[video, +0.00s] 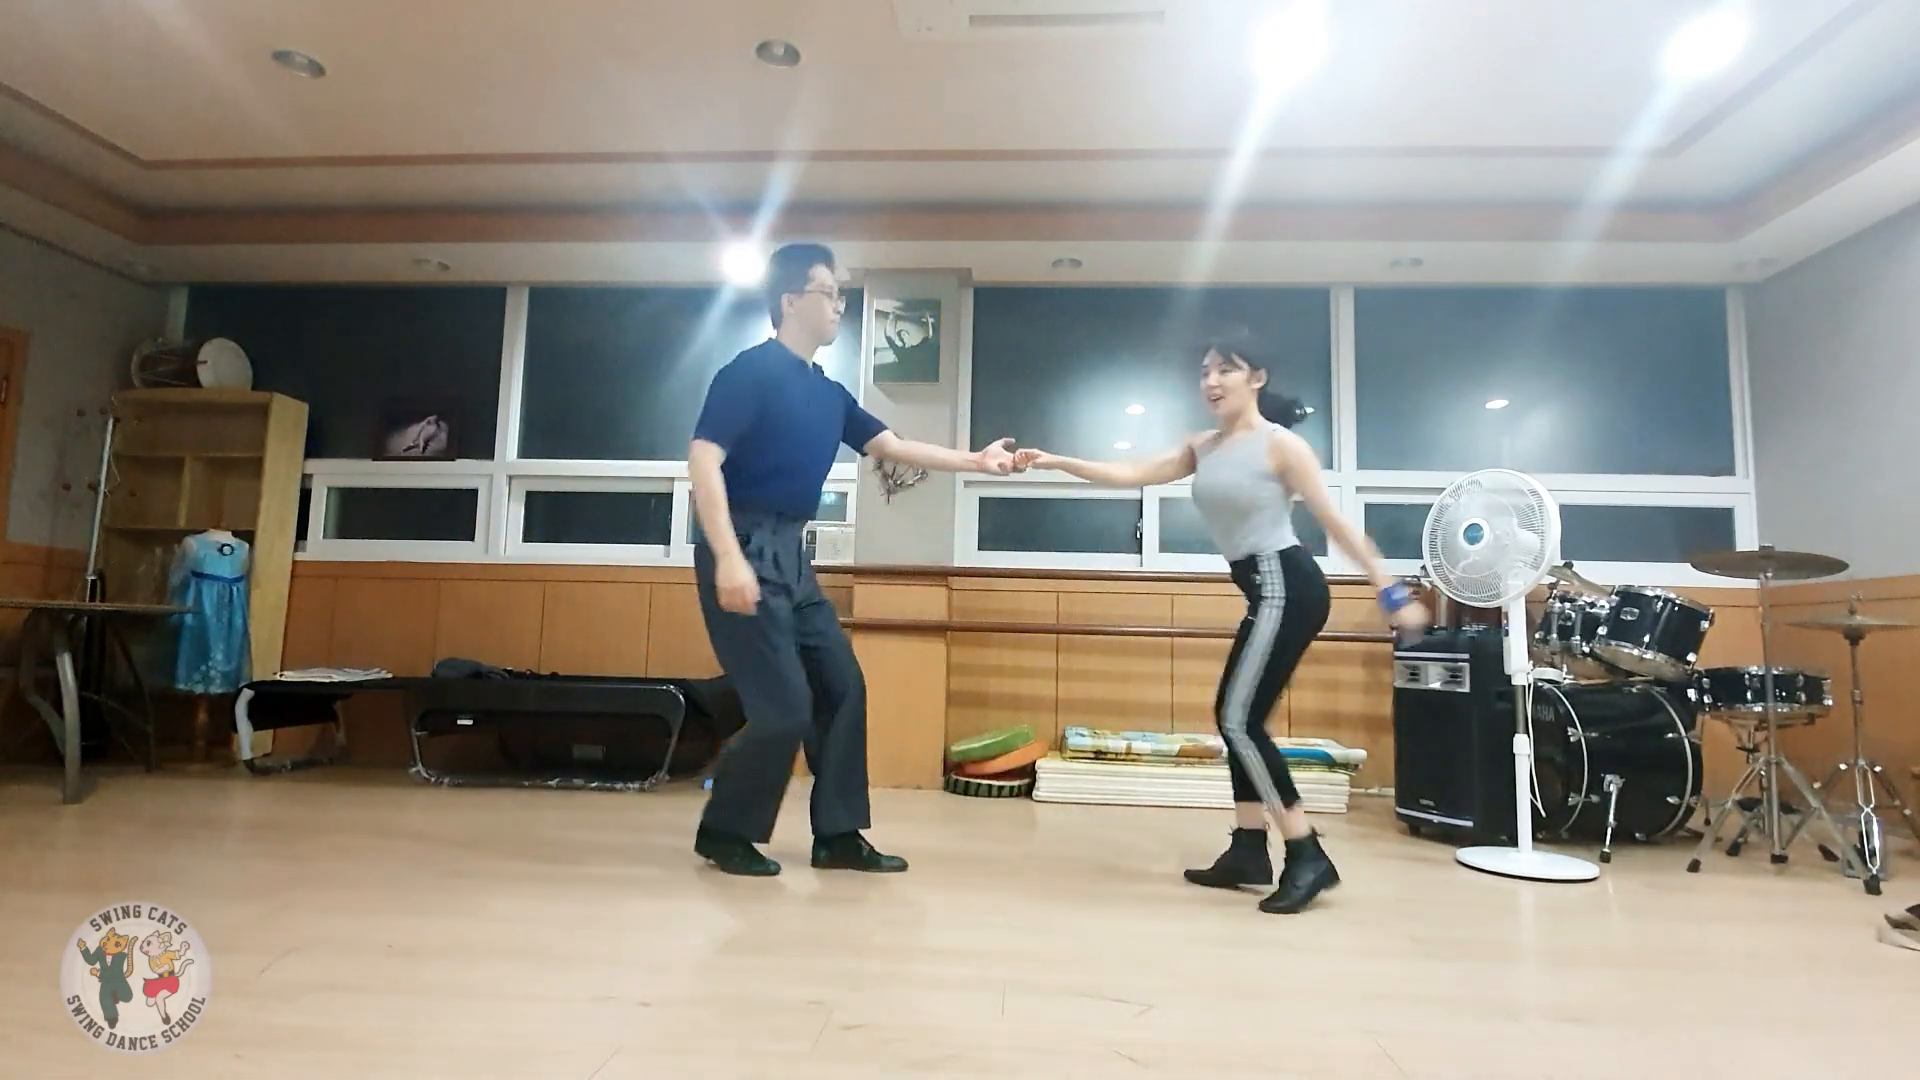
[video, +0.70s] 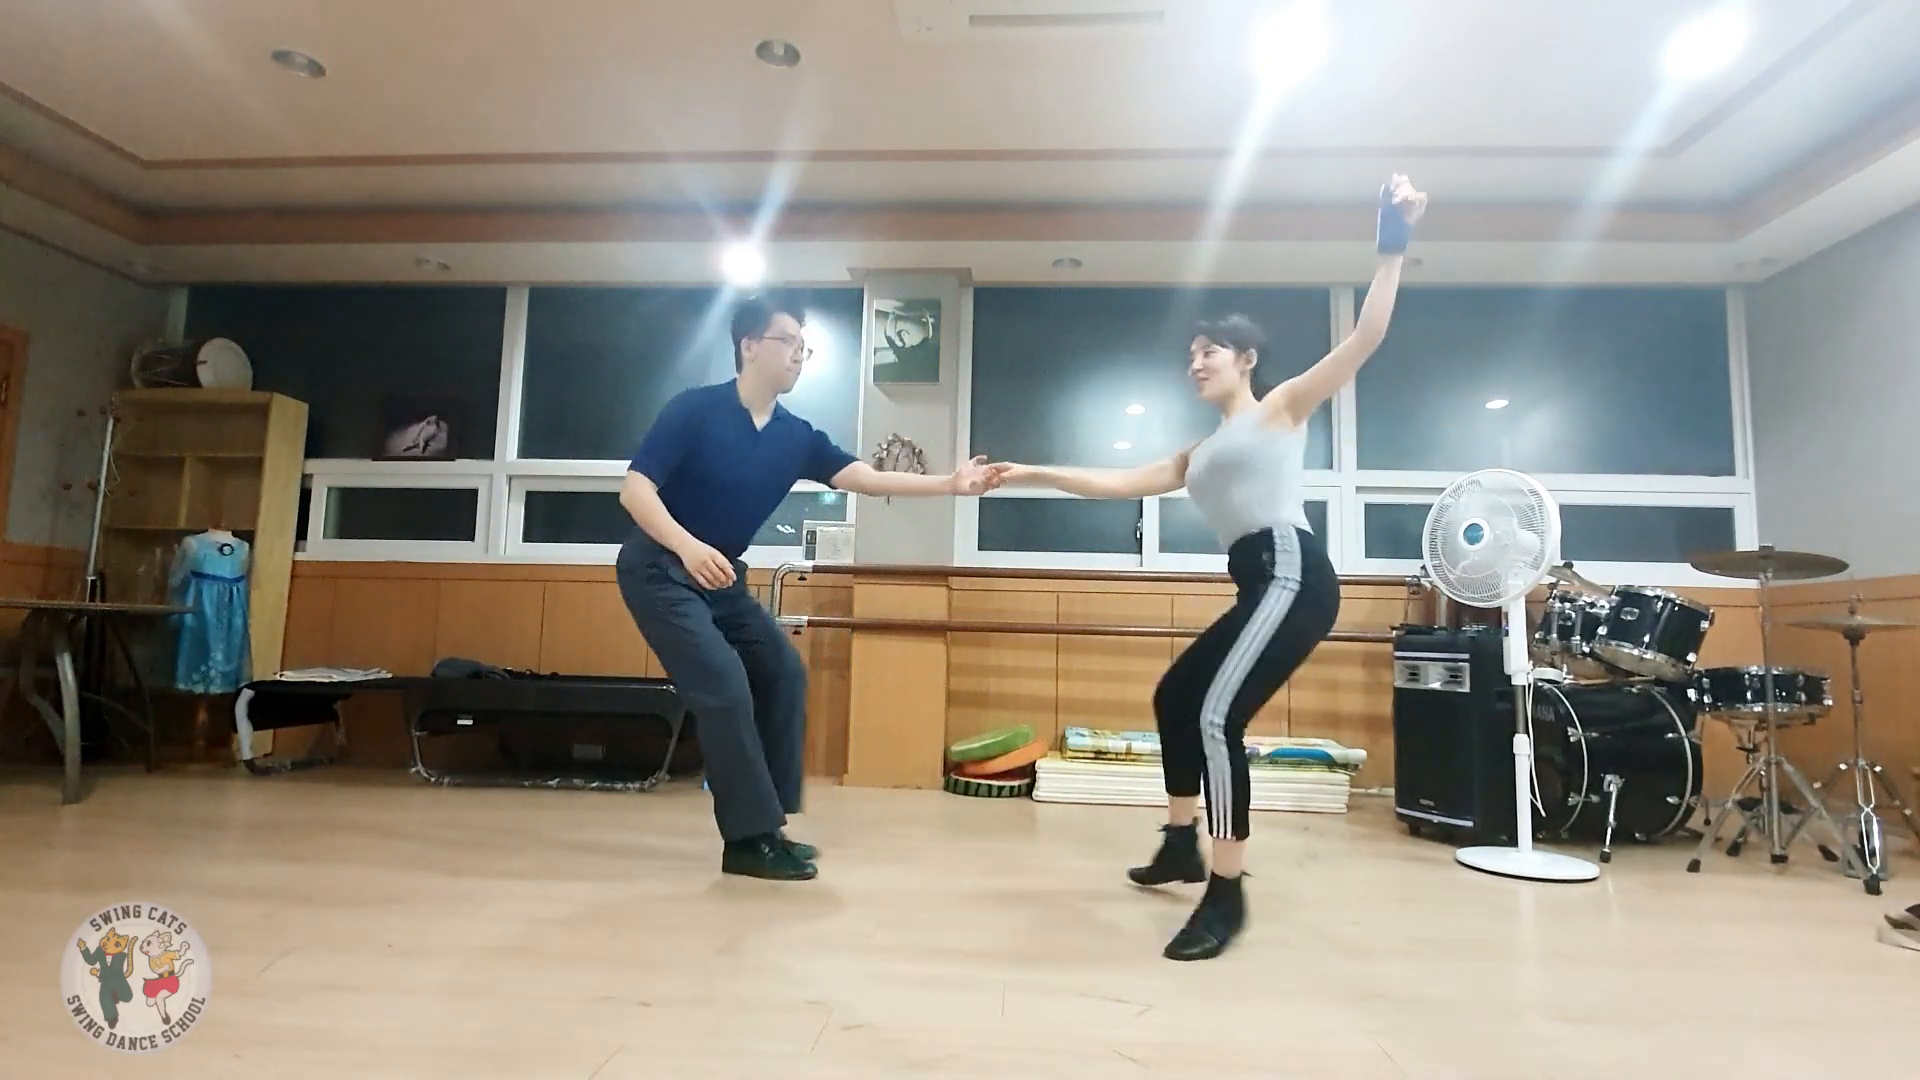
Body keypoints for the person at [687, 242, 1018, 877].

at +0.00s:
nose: (839, 307)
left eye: (839, 296)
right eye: (828, 294)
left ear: (811, 305)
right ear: (789, 301)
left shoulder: (829, 392)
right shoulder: (748, 373)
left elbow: (891, 446)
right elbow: (703, 462)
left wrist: (977, 461)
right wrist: (728, 557)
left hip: (789, 551)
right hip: (737, 548)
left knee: (841, 686)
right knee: (783, 705)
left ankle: (838, 836)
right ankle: (723, 831)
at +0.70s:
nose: (799, 353)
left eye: (802, 344)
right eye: (786, 341)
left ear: (800, 355)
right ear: (747, 347)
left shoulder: (796, 436)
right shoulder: (693, 410)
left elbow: (872, 479)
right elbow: (635, 489)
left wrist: (954, 483)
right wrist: (684, 544)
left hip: (722, 578)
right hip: (659, 568)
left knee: (782, 671)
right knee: (724, 684)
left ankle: (763, 829)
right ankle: (745, 841)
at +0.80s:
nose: (788, 362)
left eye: (791, 353)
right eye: (775, 350)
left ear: (789, 362)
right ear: (736, 357)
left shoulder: (784, 444)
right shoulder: (682, 419)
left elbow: (856, 485)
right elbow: (628, 499)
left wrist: (942, 492)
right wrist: (684, 547)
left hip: (708, 587)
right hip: (648, 576)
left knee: (769, 679)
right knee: (719, 685)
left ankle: (699, 804)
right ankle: (744, 840)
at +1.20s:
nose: (728, 357)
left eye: (733, 352)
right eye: (716, 345)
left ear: (733, 367)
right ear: (679, 350)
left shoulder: (721, 439)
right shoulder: (630, 411)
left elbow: (779, 477)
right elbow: (609, 490)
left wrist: (853, 480)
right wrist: (689, 519)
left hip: (642, 576)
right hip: (586, 567)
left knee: (703, 683)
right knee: (669, 675)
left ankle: (648, 820)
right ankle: (655, 825)